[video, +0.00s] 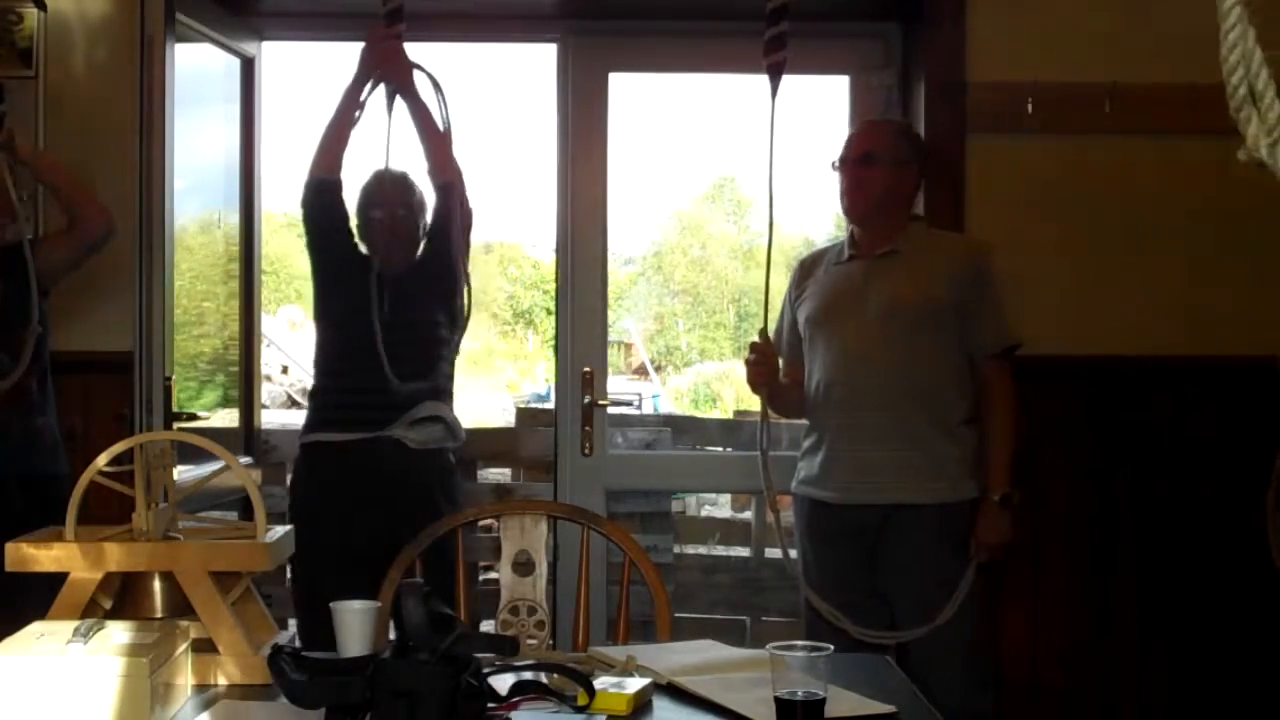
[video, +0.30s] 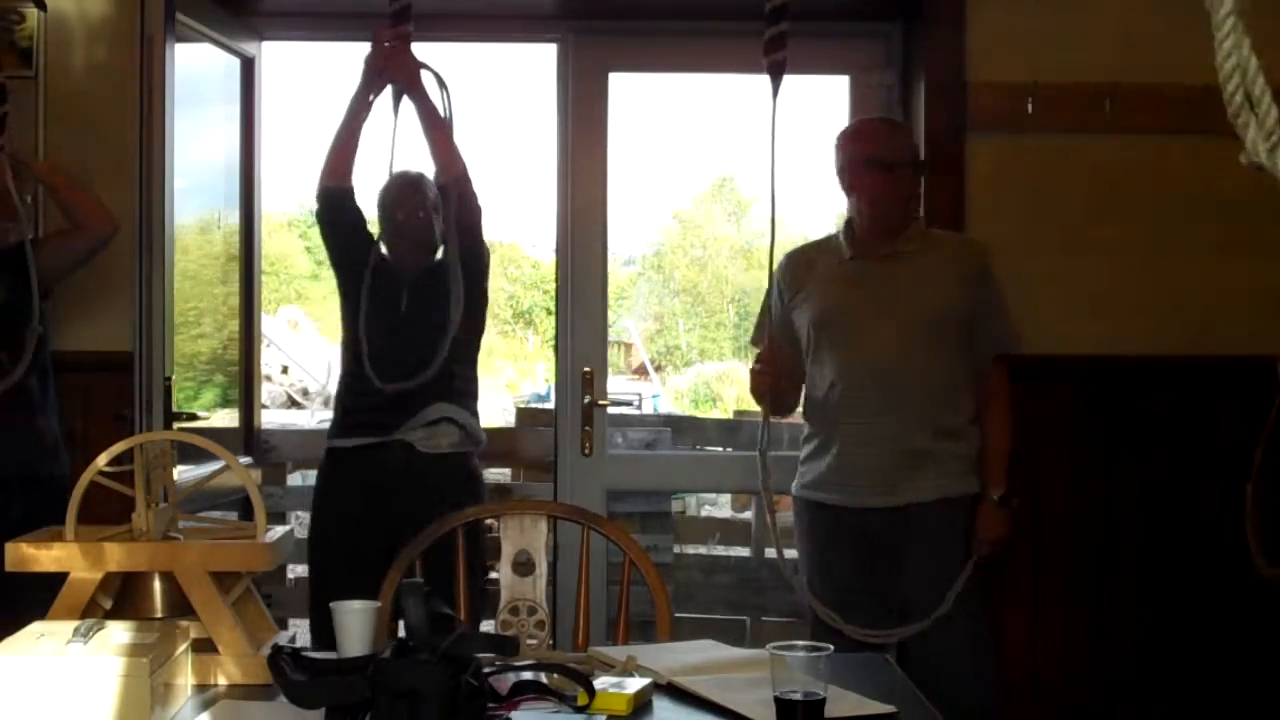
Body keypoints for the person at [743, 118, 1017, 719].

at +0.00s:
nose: (846, 173)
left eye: (865, 161)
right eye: (843, 162)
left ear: (910, 178)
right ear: (838, 175)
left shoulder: (958, 262)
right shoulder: (811, 272)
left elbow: (996, 383)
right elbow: (800, 397)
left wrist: (997, 498)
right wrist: (769, 386)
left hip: (933, 508)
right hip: (829, 508)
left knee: (940, 678)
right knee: (841, 676)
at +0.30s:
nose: (891, 179)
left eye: (900, 166)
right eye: (874, 167)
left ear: (918, 176)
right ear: (843, 177)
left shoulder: (963, 263)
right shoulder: (800, 270)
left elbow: (994, 385)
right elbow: (779, 399)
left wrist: (995, 495)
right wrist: (768, 380)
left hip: (940, 506)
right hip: (833, 507)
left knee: (948, 674)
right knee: (848, 675)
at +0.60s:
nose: (956, 182)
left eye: (956, 169)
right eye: (939, 170)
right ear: (882, 181)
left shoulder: (990, 264)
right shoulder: (827, 261)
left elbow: (1019, 388)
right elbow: (779, 382)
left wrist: (1028, 498)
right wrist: (779, 338)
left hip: (963, 507)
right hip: (852, 506)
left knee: (965, 681)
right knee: (859, 678)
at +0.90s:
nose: (967, 173)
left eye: (973, 159)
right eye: (948, 160)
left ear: (983, 167)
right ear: (904, 173)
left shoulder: (1012, 261)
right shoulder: (855, 244)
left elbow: (1049, 391)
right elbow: (749, 246)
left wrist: (1051, 503)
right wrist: (799, 145)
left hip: (979, 506)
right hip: (870, 506)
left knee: (976, 683)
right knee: (869, 680)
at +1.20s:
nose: (939, 167)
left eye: (953, 154)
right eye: (922, 153)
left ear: (969, 169)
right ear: (892, 170)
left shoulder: (1006, 261)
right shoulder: (857, 241)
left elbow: (1035, 388)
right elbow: (781, 159)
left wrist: (1005, 470)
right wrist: (812, 50)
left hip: (969, 505)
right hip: (861, 499)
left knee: (971, 675)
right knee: (866, 673)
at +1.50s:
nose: (883, 158)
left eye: (901, 148)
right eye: (876, 148)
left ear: (937, 166)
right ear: (865, 167)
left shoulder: (965, 232)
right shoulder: (837, 222)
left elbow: (983, 182)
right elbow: (783, 162)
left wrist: (906, 120)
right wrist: (803, 67)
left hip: (940, 448)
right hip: (838, 449)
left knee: (942, 629)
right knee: (844, 632)